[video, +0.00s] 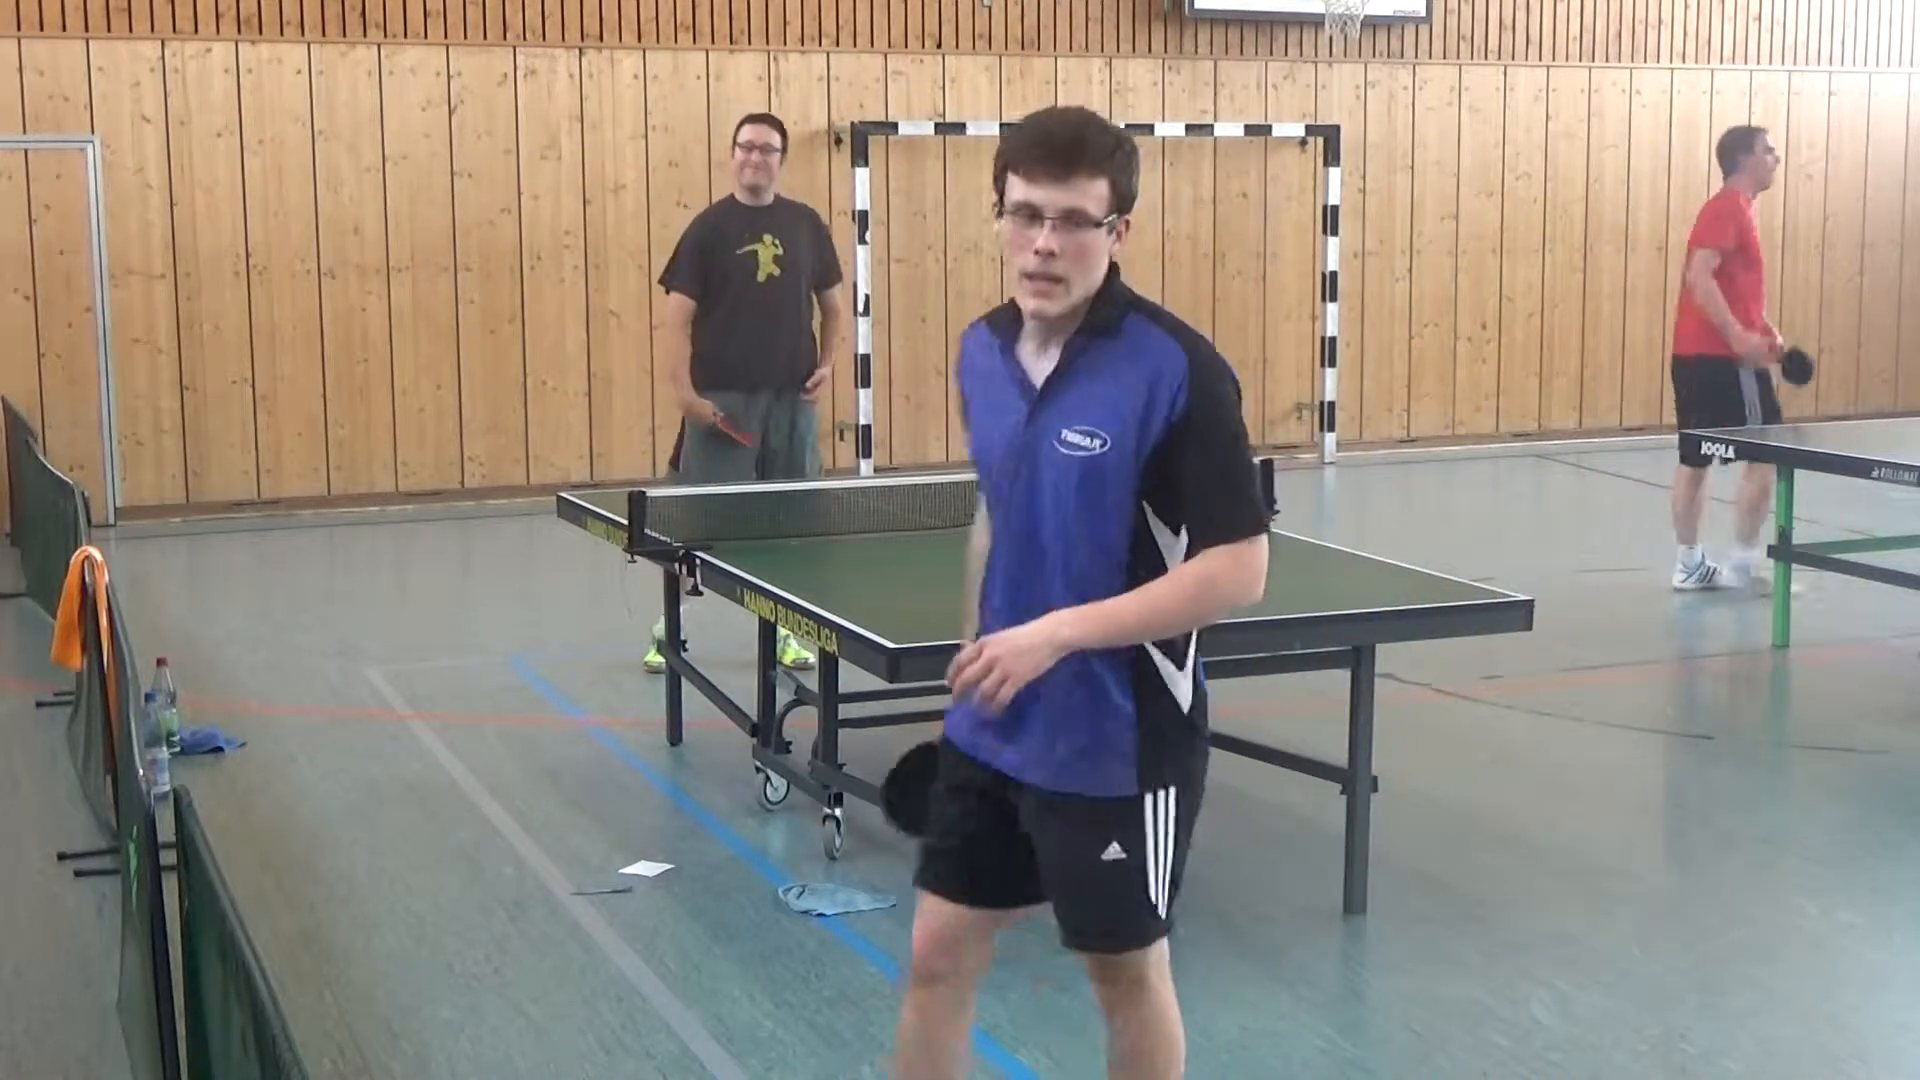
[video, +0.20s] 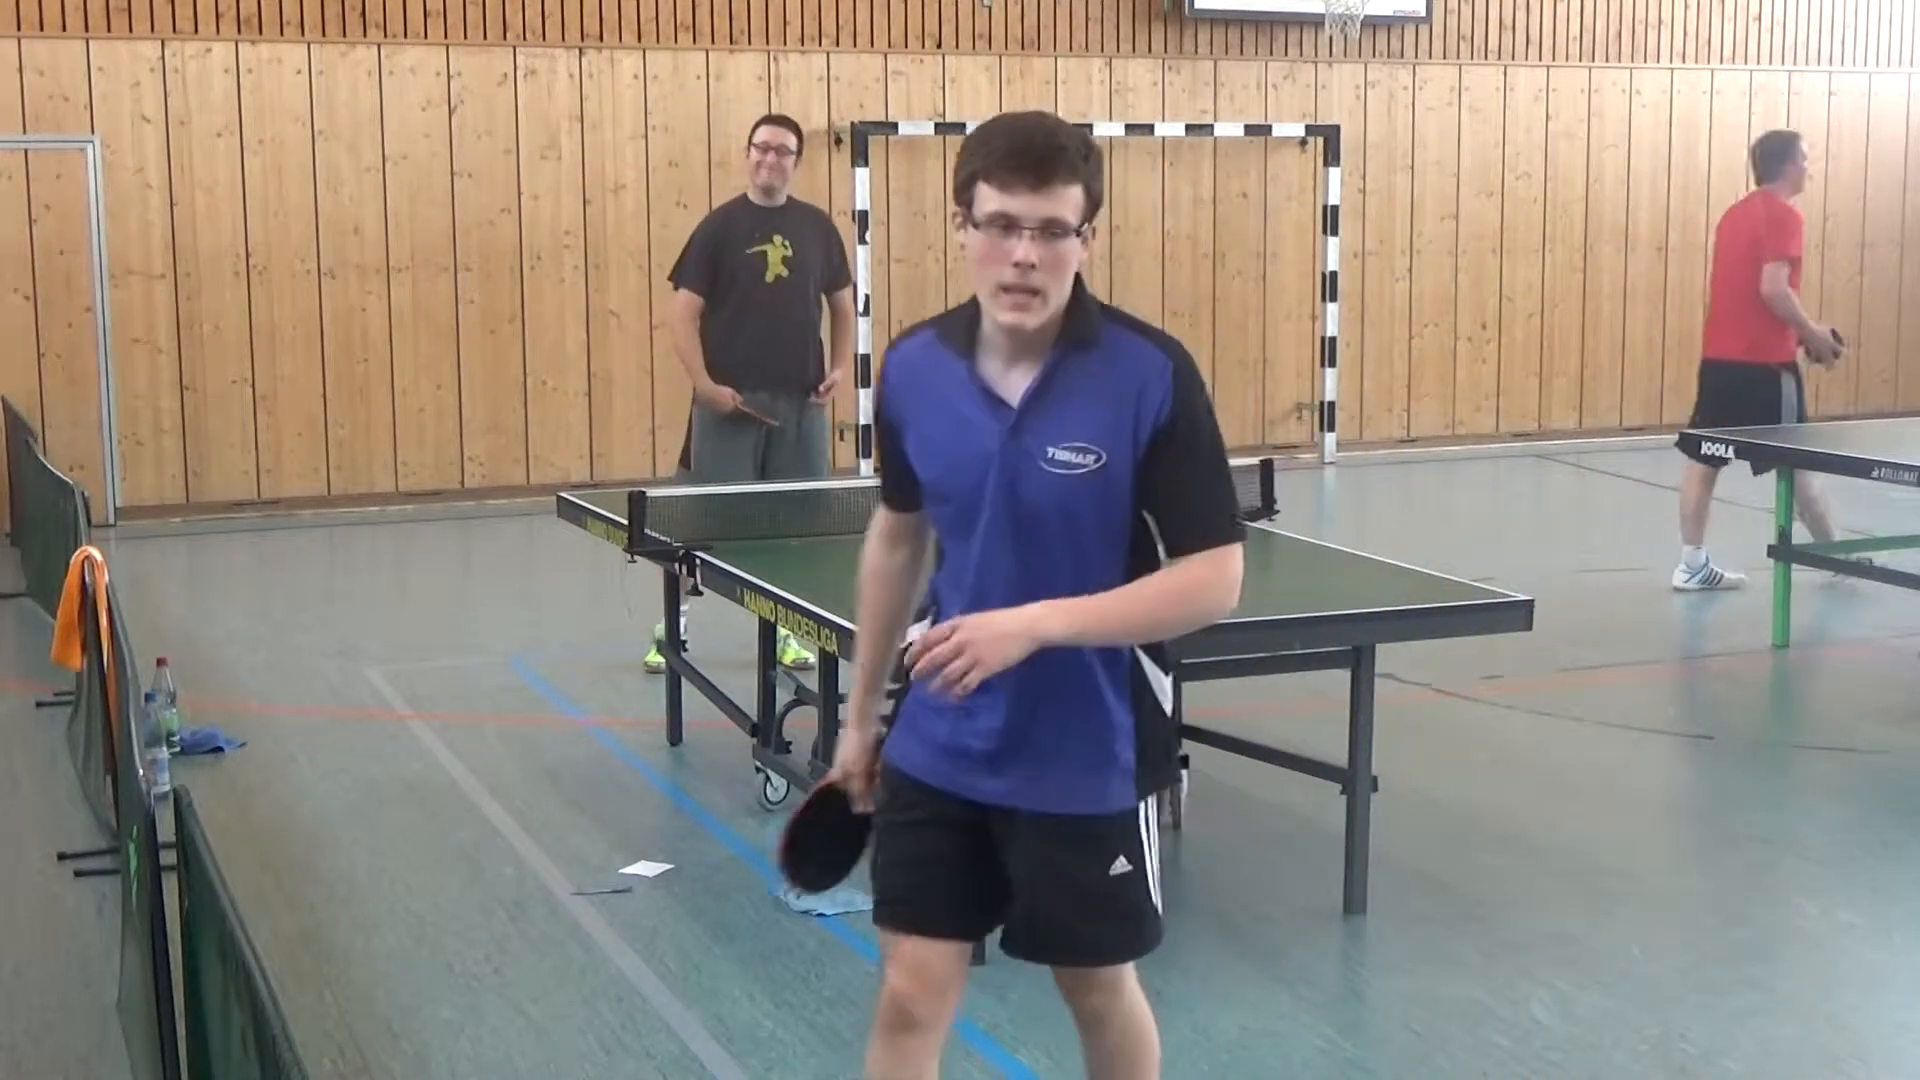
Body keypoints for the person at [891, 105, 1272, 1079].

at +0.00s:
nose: (1045, 244)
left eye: (1075, 223)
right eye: (1025, 217)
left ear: (1119, 234)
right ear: (999, 220)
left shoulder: (1181, 374)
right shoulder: (983, 352)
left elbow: (1237, 568)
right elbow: (997, 518)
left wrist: (1055, 633)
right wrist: (977, 670)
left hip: (1117, 745)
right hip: (997, 718)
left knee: (1126, 978)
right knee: (938, 956)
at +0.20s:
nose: (1025, 255)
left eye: (1052, 231)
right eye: (1001, 227)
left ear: (1086, 238)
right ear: (963, 231)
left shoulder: (1151, 377)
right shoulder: (911, 367)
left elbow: (1212, 578)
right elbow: (897, 538)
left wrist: (1029, 624)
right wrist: (861, 719)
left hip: (1080, 761)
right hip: (937, 747)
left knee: (1102, 996)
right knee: (909, 1000)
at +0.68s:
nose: (1020, 269)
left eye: (1047, 239)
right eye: (991, 235)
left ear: (1076, 242)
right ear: (929, 232)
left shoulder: (1114, 377)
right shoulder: (846, 400)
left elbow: (1164, 576)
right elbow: (737, 613)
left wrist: (1235, 765)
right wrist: (703, 858)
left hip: (1067, 819)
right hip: (886, 830)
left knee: (1070, 1063)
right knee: (886, 1063)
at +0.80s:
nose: (1063, 290)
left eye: (1091, 259)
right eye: (1033, 254)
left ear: (1120, 260)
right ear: (968, 250)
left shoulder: (1150, 394)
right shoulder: (869, 421)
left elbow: (1188, 580)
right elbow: (756, 643)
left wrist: (1258, 759)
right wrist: (739, 902)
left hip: (1093, 888)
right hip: (906, 901)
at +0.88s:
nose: (1096, 289)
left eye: (1126, 256)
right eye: (1062, 253)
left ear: (1155, 260)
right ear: (998, 251)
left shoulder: (1189, 411)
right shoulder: (895, 425)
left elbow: (1216, 599)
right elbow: (770, 657)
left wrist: (1269, 781)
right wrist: (779, 908)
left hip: (1124, 913)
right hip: (932, 924)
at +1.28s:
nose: (1247, 268)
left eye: (1280, 228)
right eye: (1205, 228)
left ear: (1311, 231)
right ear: (1125, 234)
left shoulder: (1356, 429)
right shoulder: (1004, 450)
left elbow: (1411, 679)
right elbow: (903, 722)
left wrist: (1457, 900)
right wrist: (916, 1018)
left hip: (1302, 994)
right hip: (1096, 1014)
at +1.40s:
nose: (1296, 298)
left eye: (1327, 252)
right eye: (1250, 256)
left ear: (1363, 248)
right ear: (1165, 261)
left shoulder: (1415, 454)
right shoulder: (1047, 493)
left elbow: (1479, 703)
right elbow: (950, 795)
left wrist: (1530, 904)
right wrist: (951, 1059)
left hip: (1371, 1027)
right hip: (1157, 1043)